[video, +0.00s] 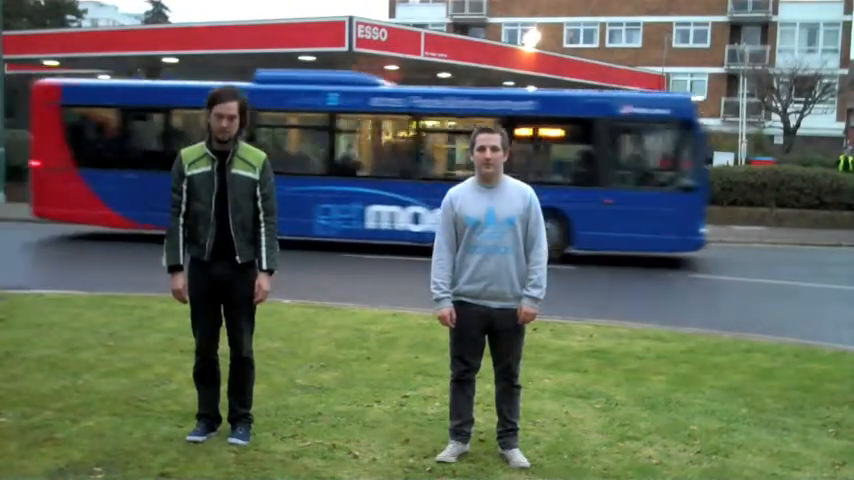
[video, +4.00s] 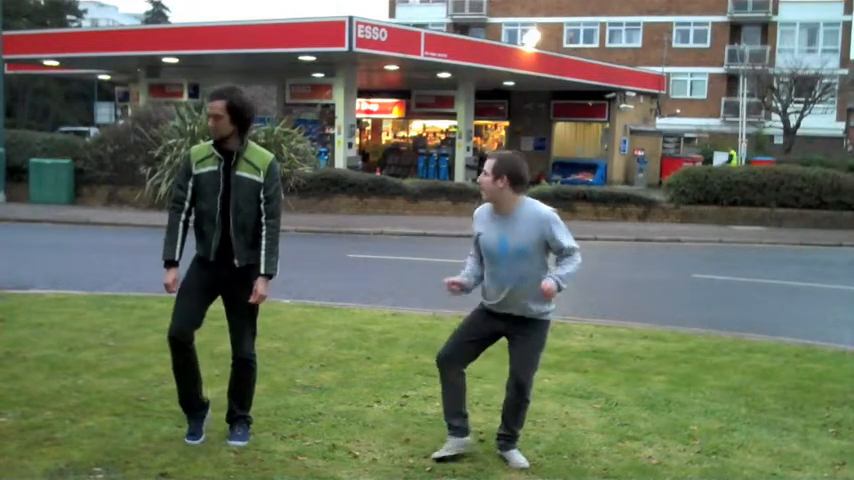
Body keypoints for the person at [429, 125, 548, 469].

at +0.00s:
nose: (487, 155)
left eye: (494, 149)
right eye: (481, 149)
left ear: (505, 155)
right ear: (472, 155)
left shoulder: (524, 195)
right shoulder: (456, 197)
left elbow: (538, 249)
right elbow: (443, 251)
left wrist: (532, 297)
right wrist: (442, 298)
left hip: (510, 305)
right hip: (466, 303)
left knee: (509, 378)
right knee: (462, 376)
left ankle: (509, 444)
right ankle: (458, 440)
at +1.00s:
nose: (487, 155)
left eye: (494, 150)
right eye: (481, 149)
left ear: (504, 155)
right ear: (472, 154)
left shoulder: (524, 196)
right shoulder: (455, 197)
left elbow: (538, 250)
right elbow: (442, 251)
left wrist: (532, 297)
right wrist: (442, 299)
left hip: (510, 305)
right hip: (466, 304)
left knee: (509, 378)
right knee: (462, 376)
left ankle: (509, 444)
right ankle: (458, 440)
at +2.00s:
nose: (487, 162)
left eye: (494, 157)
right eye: (481, 156)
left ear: (505, 164)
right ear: (472, 163)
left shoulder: (527, 204)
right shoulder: (456, 204)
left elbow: (548, 256)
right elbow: (440, 255)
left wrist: (548, 296)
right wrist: (431, 296)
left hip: (515, 307)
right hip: (471, 304)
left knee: (513, 380)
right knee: (457, 370)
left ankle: (508, 444)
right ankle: (453, 438)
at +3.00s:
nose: (497, 193)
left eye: (502, 187)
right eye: (489, 187)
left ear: (508, 192)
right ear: (476, 195)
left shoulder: (531, 228)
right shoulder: (460, 230)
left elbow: (549, 274)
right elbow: (454, 270)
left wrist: (550, 313)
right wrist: (463, 287)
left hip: (526, 316)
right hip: (484, 314)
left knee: (518, 380)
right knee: (470, 373)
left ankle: (507, 444)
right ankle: (463, 441)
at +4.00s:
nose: (478, 179)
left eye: (484, 174)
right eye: (481, 173)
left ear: (503, 182)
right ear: (500, 181)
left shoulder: (544, 217)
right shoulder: (481, 215)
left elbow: (572, 255)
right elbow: (478, 259)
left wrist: (557, 279)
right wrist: (465, 280)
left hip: (532, 318)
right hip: (491, 311)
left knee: (521, 383)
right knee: (448, 360)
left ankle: (508, 445)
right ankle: (458, 436)